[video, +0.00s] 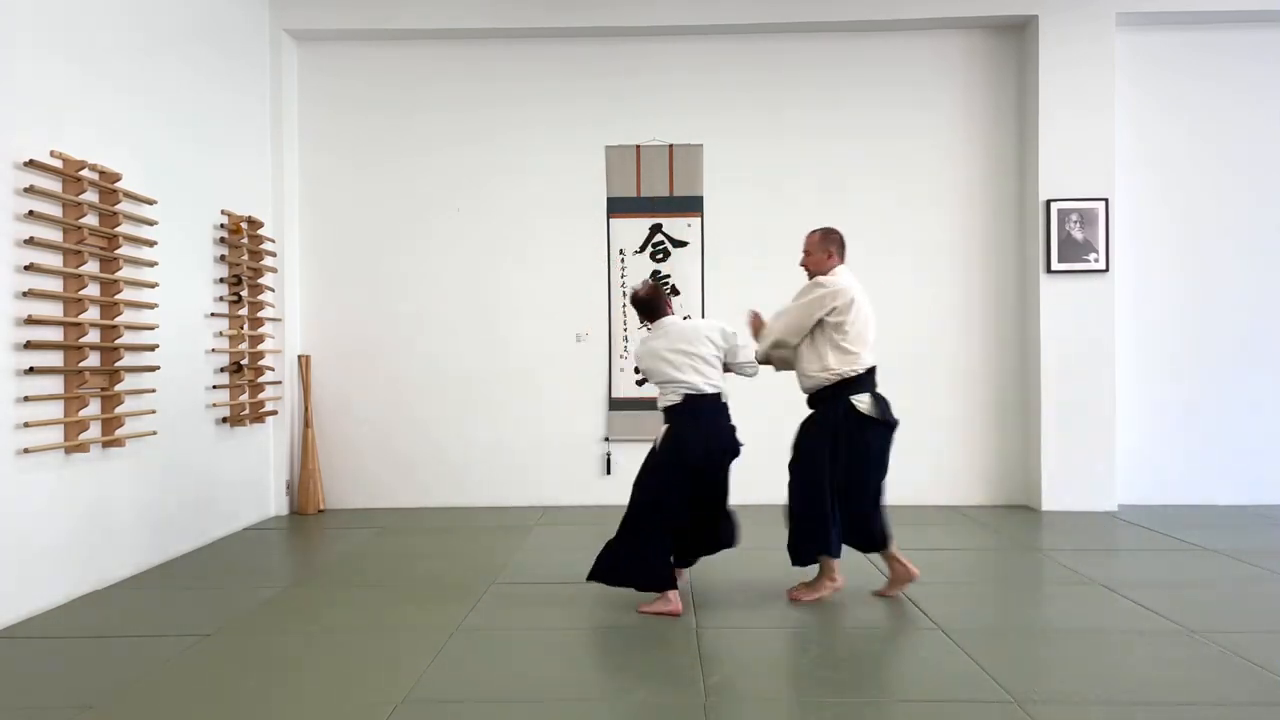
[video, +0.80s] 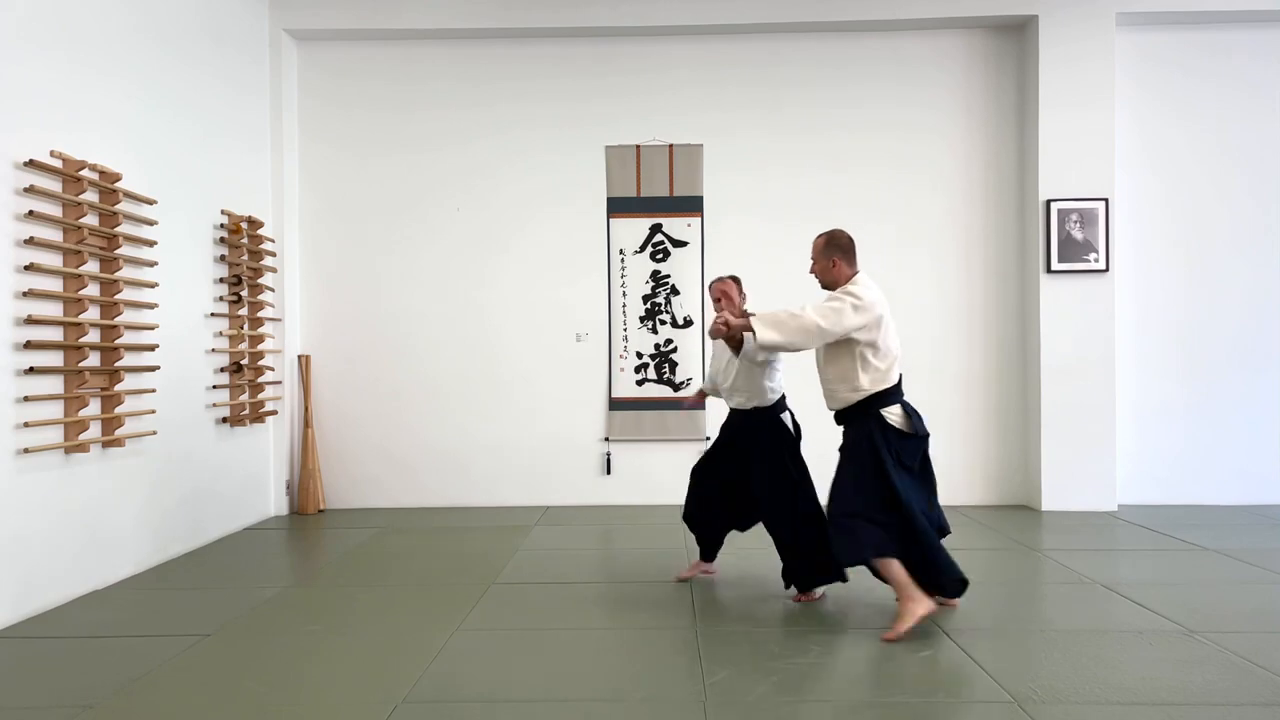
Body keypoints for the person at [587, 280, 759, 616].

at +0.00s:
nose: (668, 299)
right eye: (667, 296)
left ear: (641, 317)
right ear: (670, 303)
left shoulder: (643, 349)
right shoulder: (707, 329)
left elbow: (662, 377)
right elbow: (749, 366)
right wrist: (710, 354)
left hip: (681, 430)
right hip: (718, 425)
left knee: (654, 504)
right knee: (694, 498)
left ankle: (669, 596)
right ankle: (680, 568)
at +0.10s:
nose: (690, 305)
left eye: (686, 299)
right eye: (685, 301)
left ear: (662, 312)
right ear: (674, 308)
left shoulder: (651, 344)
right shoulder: (692, 339)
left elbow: (697, 367)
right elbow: (714, 371)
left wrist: (749, 367)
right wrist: (741, 373)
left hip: (651, 428)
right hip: (686, 434)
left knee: (639, 501)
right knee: (681, 503)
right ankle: (647, 557)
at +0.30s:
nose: (731, 321)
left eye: (731, 316)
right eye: (725, 315)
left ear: (710, 320)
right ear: (703, 318)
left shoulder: (718, 358)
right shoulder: (677, 347)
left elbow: (749, 369)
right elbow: (642, 387)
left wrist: (790, 364)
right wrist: (675, 422)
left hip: (670, 438)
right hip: (650, 436)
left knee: (691, 496)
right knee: (678, 497)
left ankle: (683, 560)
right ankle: (669, 561)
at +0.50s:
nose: (721, 318)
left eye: (724, 312)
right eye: (714, 312)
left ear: (727, 313)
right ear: (696, 314)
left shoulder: (729, 343)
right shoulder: (667, 341)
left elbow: (757, 342)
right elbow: (628, 368)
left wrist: (779, 328)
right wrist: (598, 403)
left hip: (720, 421)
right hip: (681, 425)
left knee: (763, 473)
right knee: (679, 492)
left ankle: (806, 527)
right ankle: (691, 550)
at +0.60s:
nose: (716, 317)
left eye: (720, 310)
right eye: (709, 312)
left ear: (725, 310)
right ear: (694, 314)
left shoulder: (734, 338)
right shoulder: (677, 343)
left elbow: (754, 350)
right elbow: (643, 367)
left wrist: (769, 333)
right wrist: (613, 390)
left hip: (744, 424)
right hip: (708, 428)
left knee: (779, 492)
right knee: (694, 495)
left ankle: (810, 564)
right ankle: (707, 555)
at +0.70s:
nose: (722, 313)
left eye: (727, 306)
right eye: (715, 309)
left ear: (738, 306)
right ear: (708, 314)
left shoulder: (755, 337)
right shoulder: (703, 343)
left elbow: (755, 354)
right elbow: (680, 369)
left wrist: (745, 343)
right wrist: (655, 386)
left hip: (761, 430)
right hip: (727, 430)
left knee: (777, 508)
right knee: (696, 493)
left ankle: (806, 584)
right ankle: (714, 547)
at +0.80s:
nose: (718, 305)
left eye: (723, 298)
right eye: (714, 300)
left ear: (742, 297)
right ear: (711, 305)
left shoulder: (762, 330)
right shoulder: (719, 340)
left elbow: (764, 355)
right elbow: (721, 380)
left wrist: (733, 336)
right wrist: (702, 391)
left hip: (771, 426)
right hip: (737, 426)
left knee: (787, 503)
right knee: (706, 483)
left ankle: (809, 581)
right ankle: (707, 560)